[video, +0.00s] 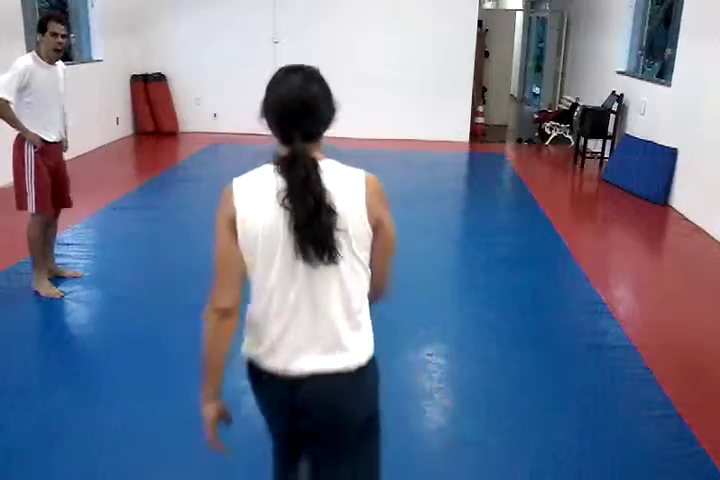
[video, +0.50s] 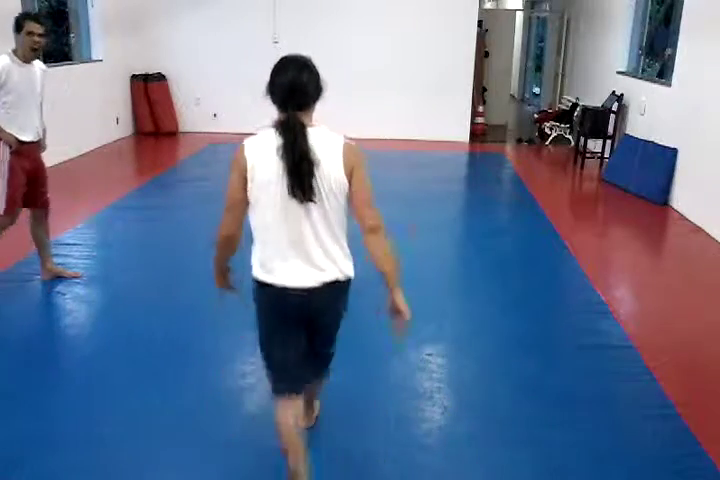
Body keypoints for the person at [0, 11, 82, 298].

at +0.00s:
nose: (59, 41)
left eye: (64, 36)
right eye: (54, 35)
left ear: (67, 40)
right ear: (40, 37)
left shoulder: (60, 68)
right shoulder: (24, 66)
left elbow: (59, 104)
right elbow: (1, 102)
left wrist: (63, 135)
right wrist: (25, 132)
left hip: (54, 146)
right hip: (33, 147)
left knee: (54, 210)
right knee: (40, 213)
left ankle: (50, 266)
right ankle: (39, 278)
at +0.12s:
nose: (59, 41)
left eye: (63, 37)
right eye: (54, 35)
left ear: (67, 40)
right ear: (40, 37)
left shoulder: (60, 69)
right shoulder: (22, 65)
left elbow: (59, 107)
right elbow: (0, 101)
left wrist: (60, 137)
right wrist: (21, 131)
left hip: (50, 146)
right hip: (27, 146)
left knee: (50, 210)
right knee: (34, 212)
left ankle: (49, 267)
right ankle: (36, 277)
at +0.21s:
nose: (57, 42)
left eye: (62, 37)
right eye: (52, 35)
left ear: (66, 40)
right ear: (38, 36)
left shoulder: (58, 69)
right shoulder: (20, 65)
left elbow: (57, 107)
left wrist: (57, 139)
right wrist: (18, 130)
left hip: (47, 145)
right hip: (23, 145)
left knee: (49, 209)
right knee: (32, 211)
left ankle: (49, 267)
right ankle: (26, 276)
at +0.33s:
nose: (51, 42)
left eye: (56, 37)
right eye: (46, 35)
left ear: (59, 40)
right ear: (32, 35)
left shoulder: (52, 70)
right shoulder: (13, 66)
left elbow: (52, 107)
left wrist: (52, 138)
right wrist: (12, 130)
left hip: (42, 144)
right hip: (18, 144)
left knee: (45, 209)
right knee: (27, 212)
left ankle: (48, 266)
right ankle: (1, 265)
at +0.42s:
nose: (44, 41)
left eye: (49, 36)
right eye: (39, 35)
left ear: (53, 40)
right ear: (25, 36)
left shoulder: (46, 69)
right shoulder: (8, 67)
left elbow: (46, 106)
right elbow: (1, 106)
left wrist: (48, 135)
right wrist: (8, 132)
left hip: (38, 146)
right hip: (14, 146)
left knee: (43, 210)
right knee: (17, 214)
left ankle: (48, 266)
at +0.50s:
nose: (37, 41)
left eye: (41, 36)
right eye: (31, 35)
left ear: (45, 39)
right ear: (17, 37)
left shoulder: (40, 68)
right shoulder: (4, 66)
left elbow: (39, 105)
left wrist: (42, 133)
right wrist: (3, 132)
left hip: (33, 147)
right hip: (11, 149)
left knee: (40, 209)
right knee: (9, 215)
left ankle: (48, 266)